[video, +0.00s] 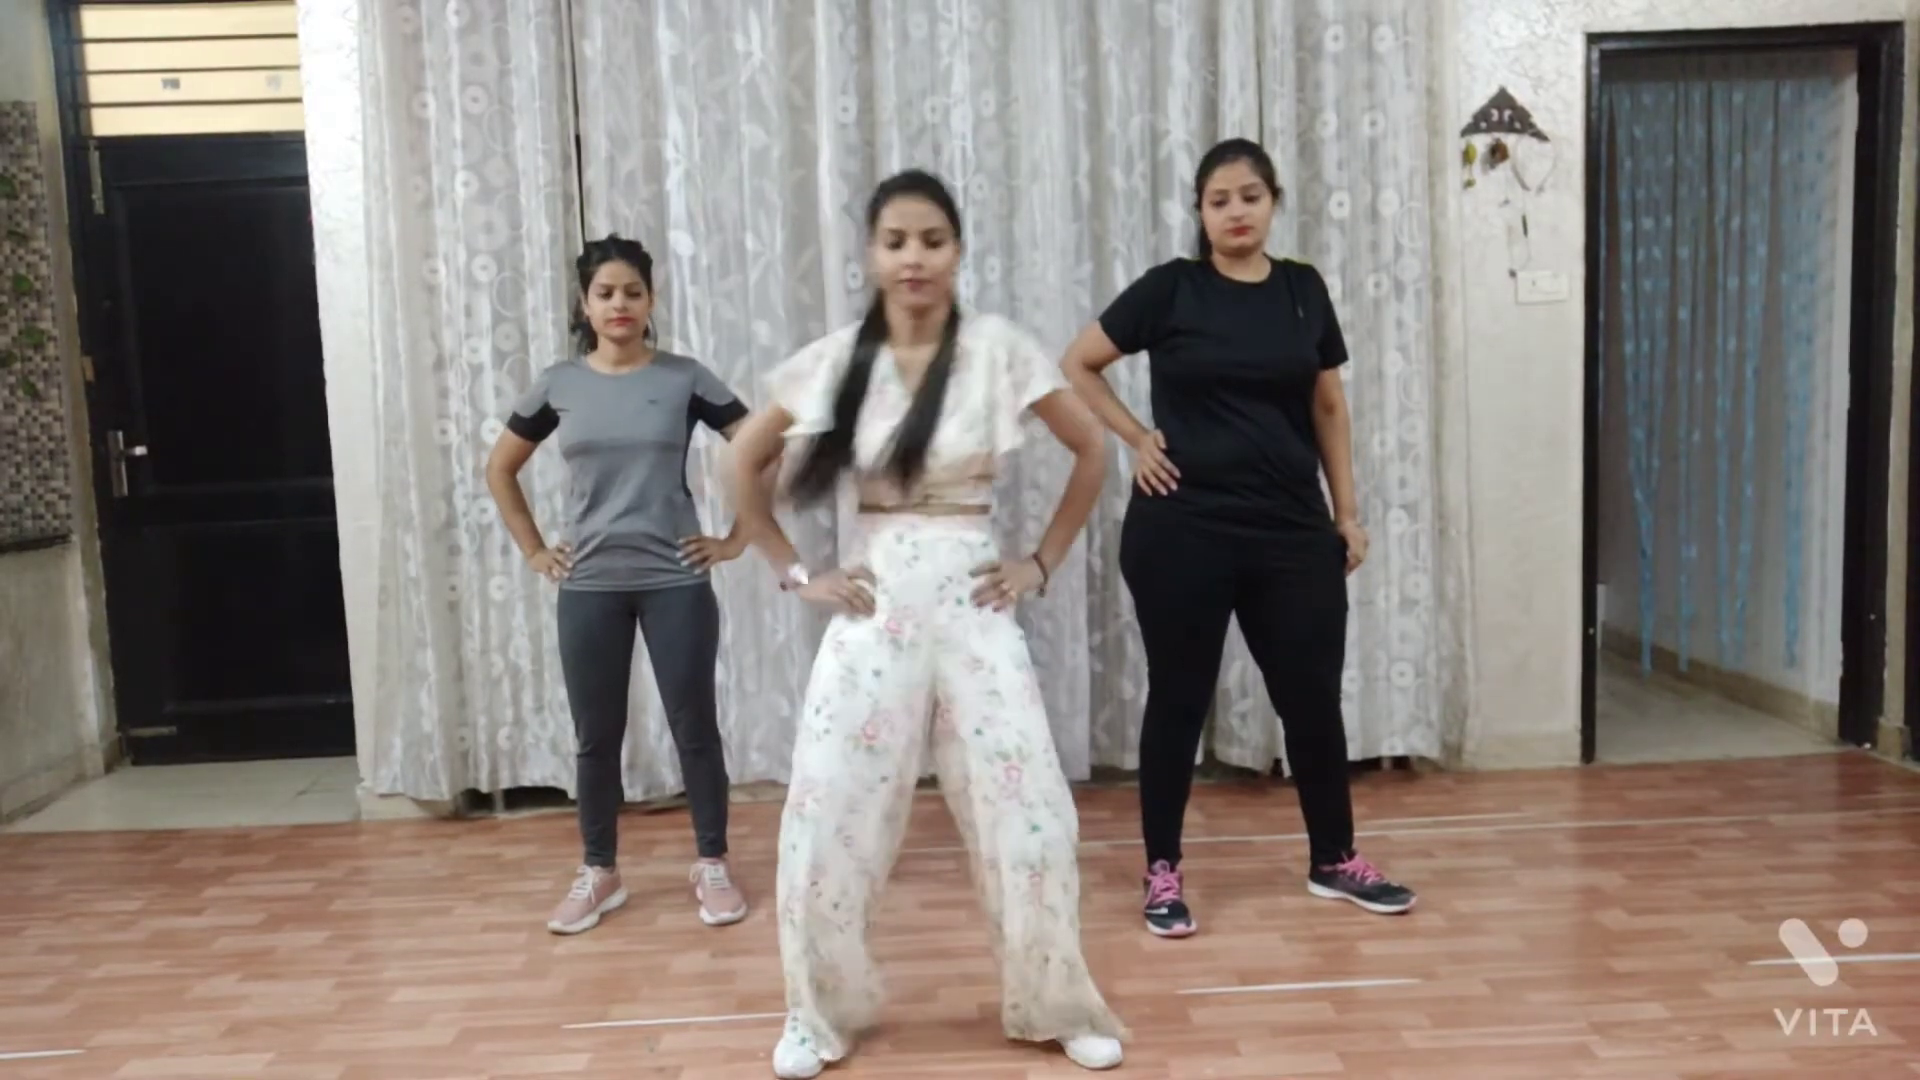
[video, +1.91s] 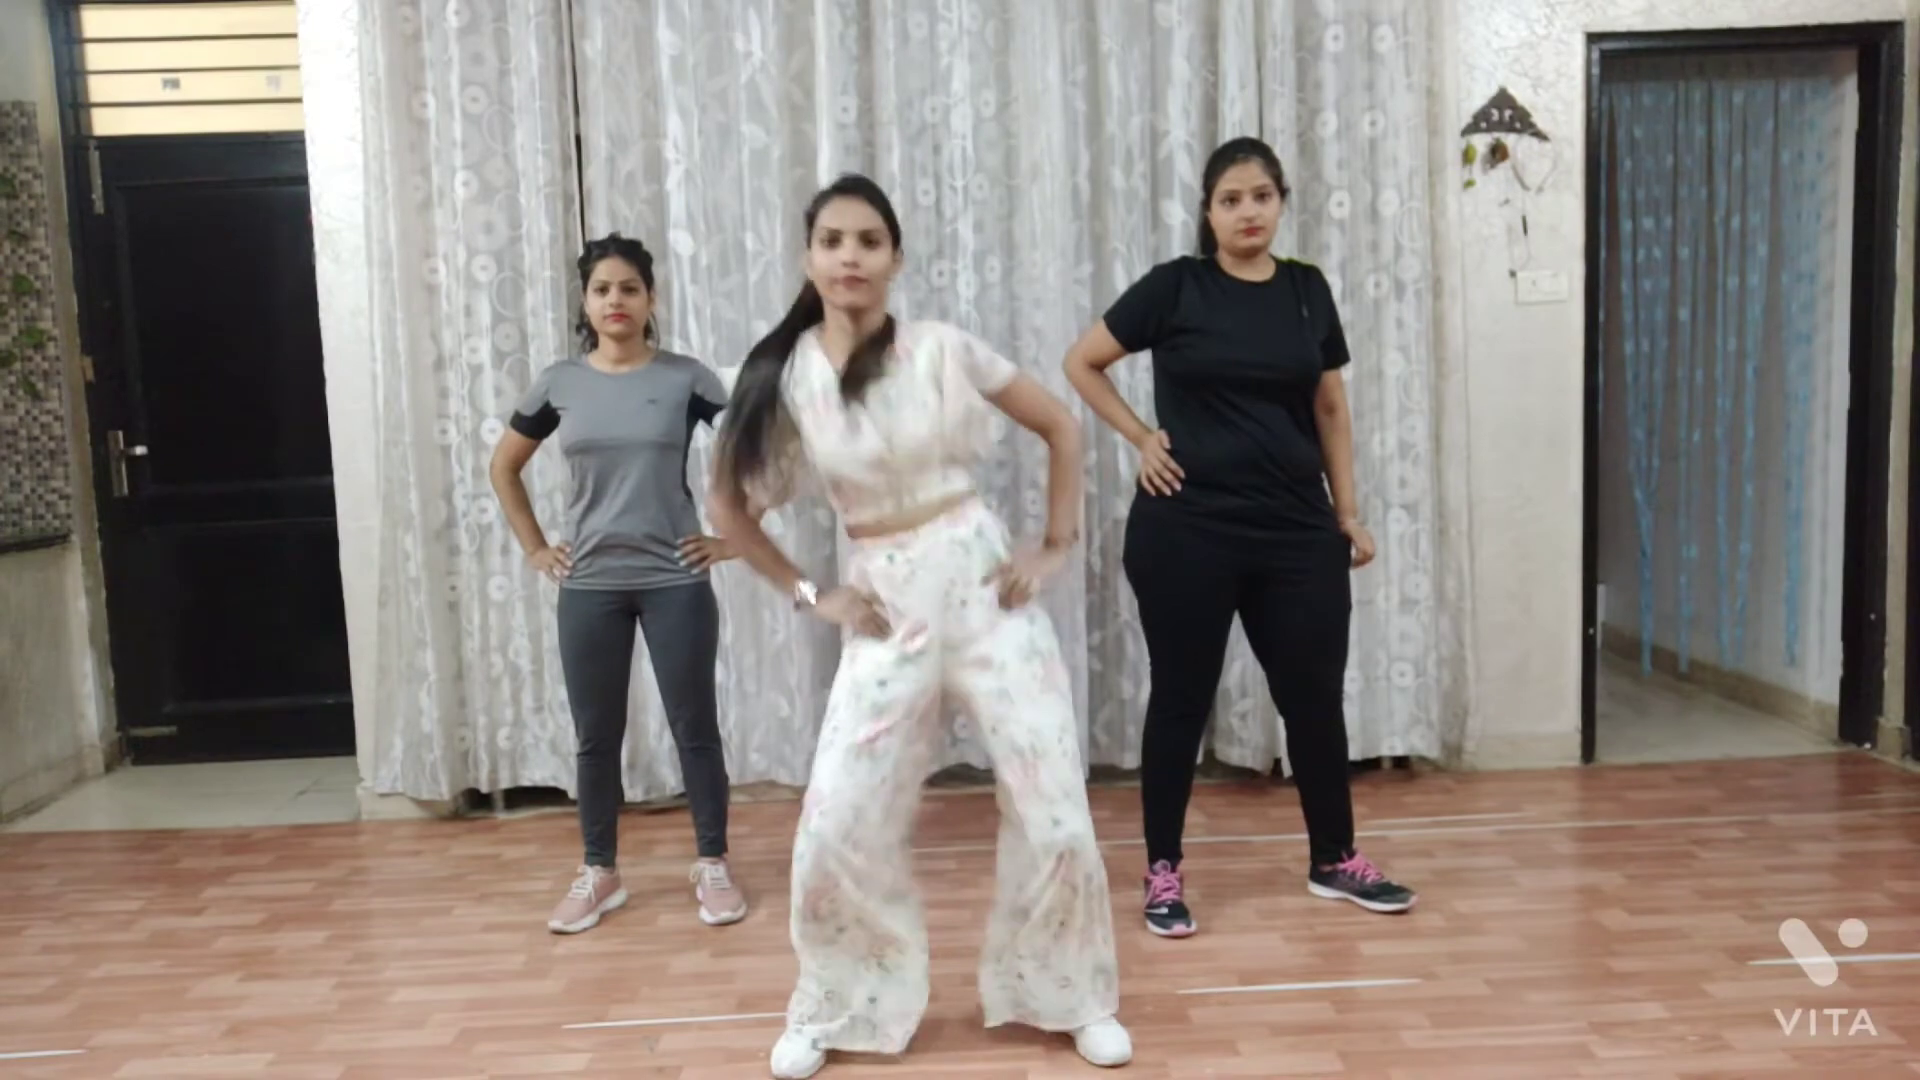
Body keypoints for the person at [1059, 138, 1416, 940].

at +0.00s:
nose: (1235, 212)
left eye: (1250, 197)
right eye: (1220, 200)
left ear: (1273, 205)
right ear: (1200, 210)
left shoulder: (1302, 289)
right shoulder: (1168, 290)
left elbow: (1330, 406)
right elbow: (1076, 366)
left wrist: (1345, 512)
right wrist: (1136, 437)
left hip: (1290, 529)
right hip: (1183, 527)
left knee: (1314, 701)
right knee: (1178, 701)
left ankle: (1334, 861)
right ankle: (1162, 870)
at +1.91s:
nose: (1249, 211)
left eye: (1262, 196)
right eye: (1232, 199)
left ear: (1282, 204)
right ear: (1208, 209)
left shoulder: (1306, 289)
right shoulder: (1174, 288)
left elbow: (1332, 408)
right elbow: (1080, 363)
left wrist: (1347, 511)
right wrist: (1140, 436)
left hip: (1295, 529)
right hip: (1187, 527)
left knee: (1316, 699)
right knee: (1181, 699)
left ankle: (1335, 860)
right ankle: (1163, 870)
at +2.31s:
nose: (1249, 209)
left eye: (1263, 194)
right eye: (1233, 197)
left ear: (1284, 203)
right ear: (1209, 208)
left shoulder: (1309, 289)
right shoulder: (1175, 287)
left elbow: (1334, 409)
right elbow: (1091, 359)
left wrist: (1348, 512)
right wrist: (1134, 430)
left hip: (1298, 530)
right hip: (1189, 528)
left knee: (1317, 701)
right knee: (1180, 701)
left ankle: (1334, 861)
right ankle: (1164, 871)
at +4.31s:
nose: (1248, 207)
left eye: (1262, 193)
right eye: (1232, 195)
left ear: (1283, 203)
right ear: (1208, 208)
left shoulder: (1308, 291)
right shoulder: (1174, 288)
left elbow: (1334, 408)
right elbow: (1091, 360)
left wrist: (1349, 513)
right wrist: (1135, 433)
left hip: (1297, 528)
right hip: (1188, 526)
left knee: (1317, 700)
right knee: (1181, 698)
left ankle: (1335, 861)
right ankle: (1164, 870)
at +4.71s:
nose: (1249, 208)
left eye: (1263, 194)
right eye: (1233, 196)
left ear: (1283, 203)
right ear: (1209, 208)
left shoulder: (1310, 292)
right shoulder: (1174, 290)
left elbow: (1335, 410)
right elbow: (1077, 366)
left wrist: (1349, 512)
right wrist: (1130, 437)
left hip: (1296, 530)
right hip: (1187, 527)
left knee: (1317, 700)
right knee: (1181, 698)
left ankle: (1335, 861)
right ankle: (1165, 870)